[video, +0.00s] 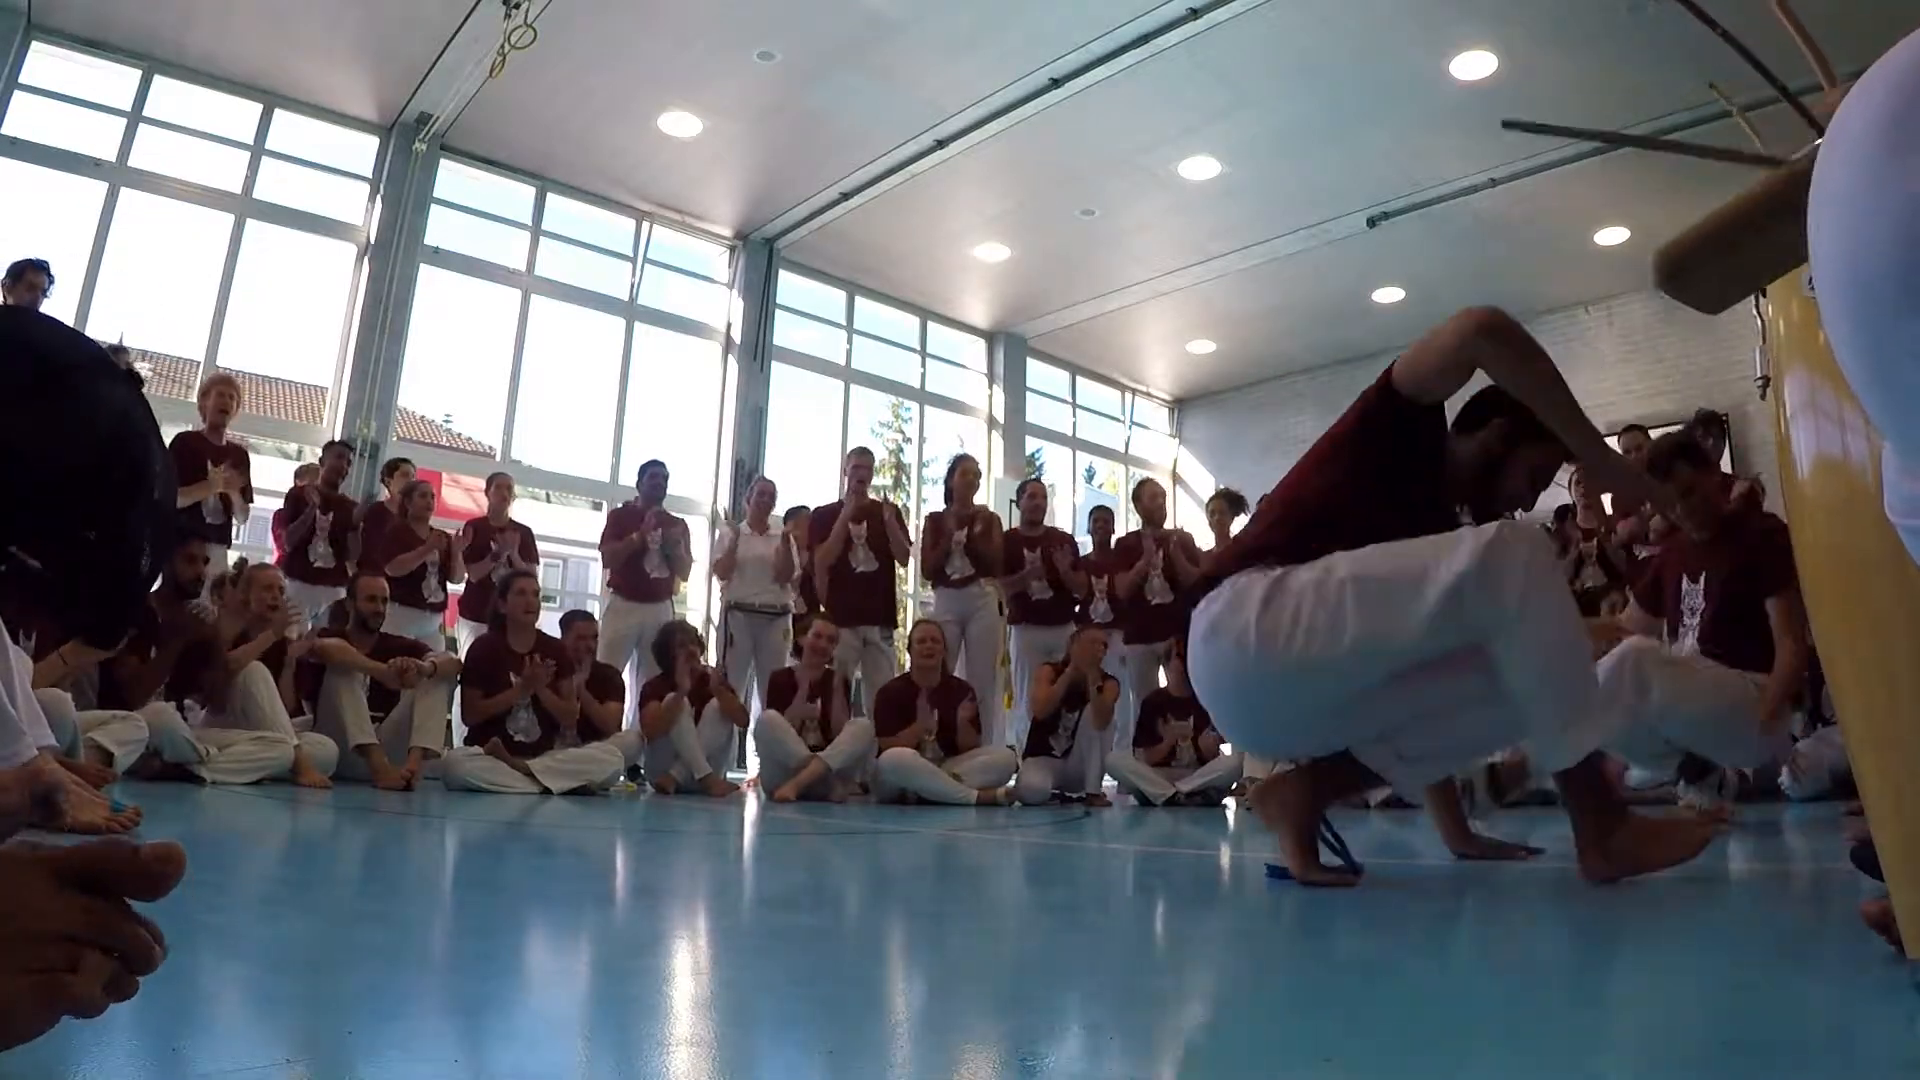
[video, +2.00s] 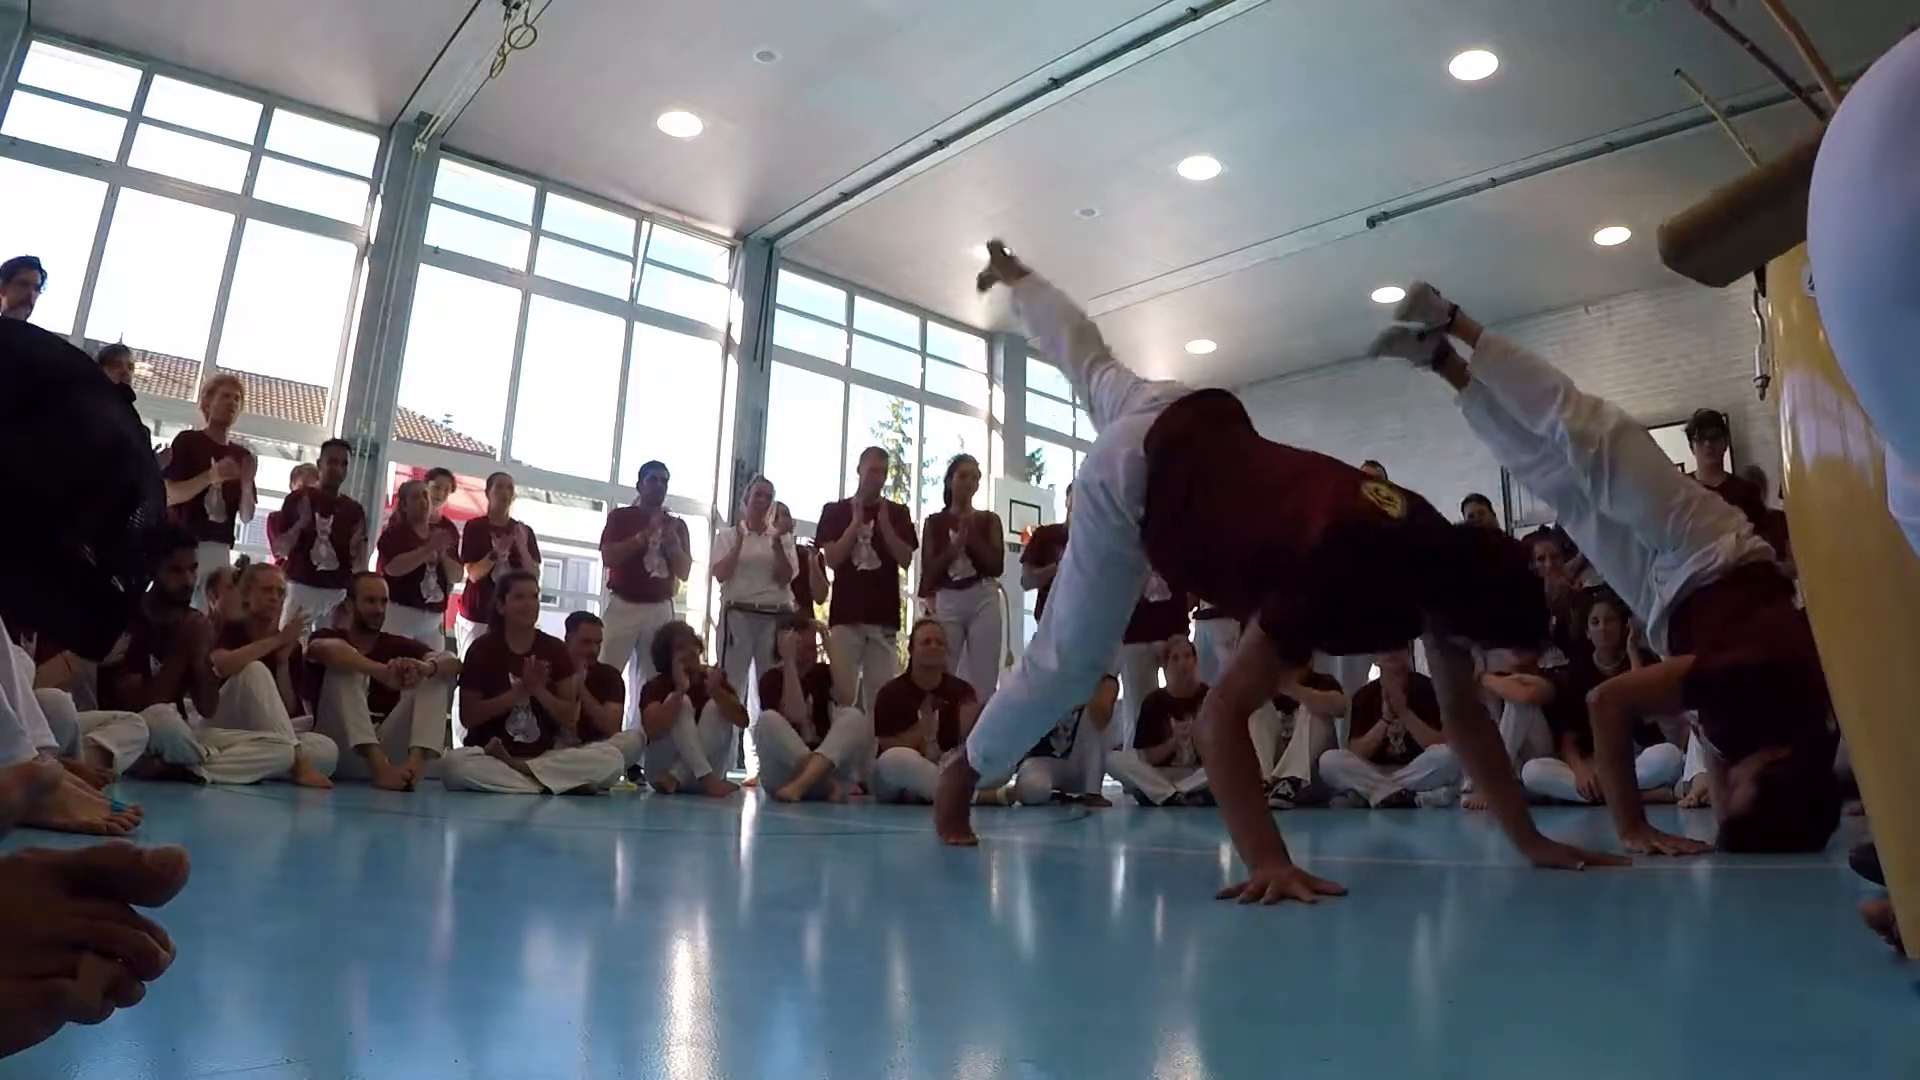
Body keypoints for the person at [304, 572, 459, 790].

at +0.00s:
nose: (380, 608)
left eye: (384, 601)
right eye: (371, 600)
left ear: (389, 604)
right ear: (351, 603)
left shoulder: (395, 644)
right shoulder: (327, 637)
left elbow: (454, 663)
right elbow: (325, 649)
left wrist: (426, 667)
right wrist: (382, 672)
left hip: (386, 752)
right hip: (336, 750)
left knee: (437, 673)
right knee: (343, 664)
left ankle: (414, 764)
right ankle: (379, 766)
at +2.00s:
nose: (379, 609)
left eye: (383, 601)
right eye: (370, 601)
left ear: (389, 603)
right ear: (350, 603)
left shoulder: (393, 643)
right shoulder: (329, 637)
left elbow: (454, 662)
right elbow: (317, 649)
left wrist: (426, 667)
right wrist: (382, 671)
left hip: (388, 750)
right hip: (338, 750)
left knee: (438, 673)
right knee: (342, 660)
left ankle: (416, 761)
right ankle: (378, 764)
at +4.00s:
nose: (379, 610)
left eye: (384, 602)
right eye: (371, 602)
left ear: (389, 603)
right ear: (352, 603)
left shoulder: (393, 643)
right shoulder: (330, 637)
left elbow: (454, 662)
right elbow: (316, 649)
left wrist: (427, 666)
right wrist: (382, 671)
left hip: (387, 751)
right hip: (338, 750)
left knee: (438, 673)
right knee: (342, 662)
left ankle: (414, 764)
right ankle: (378, 764)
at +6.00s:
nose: (381, 610)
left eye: (385, 603)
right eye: (373, 603)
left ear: (390, 604)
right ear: (353, 604)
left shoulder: (393, 643)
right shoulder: (329, 637)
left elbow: (454, 663)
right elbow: (320, 648)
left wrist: (427, 667)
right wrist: (382, 672)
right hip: (338, 750)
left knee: (437, 675)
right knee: (342, 665)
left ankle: (414, 765)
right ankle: (379, 766)